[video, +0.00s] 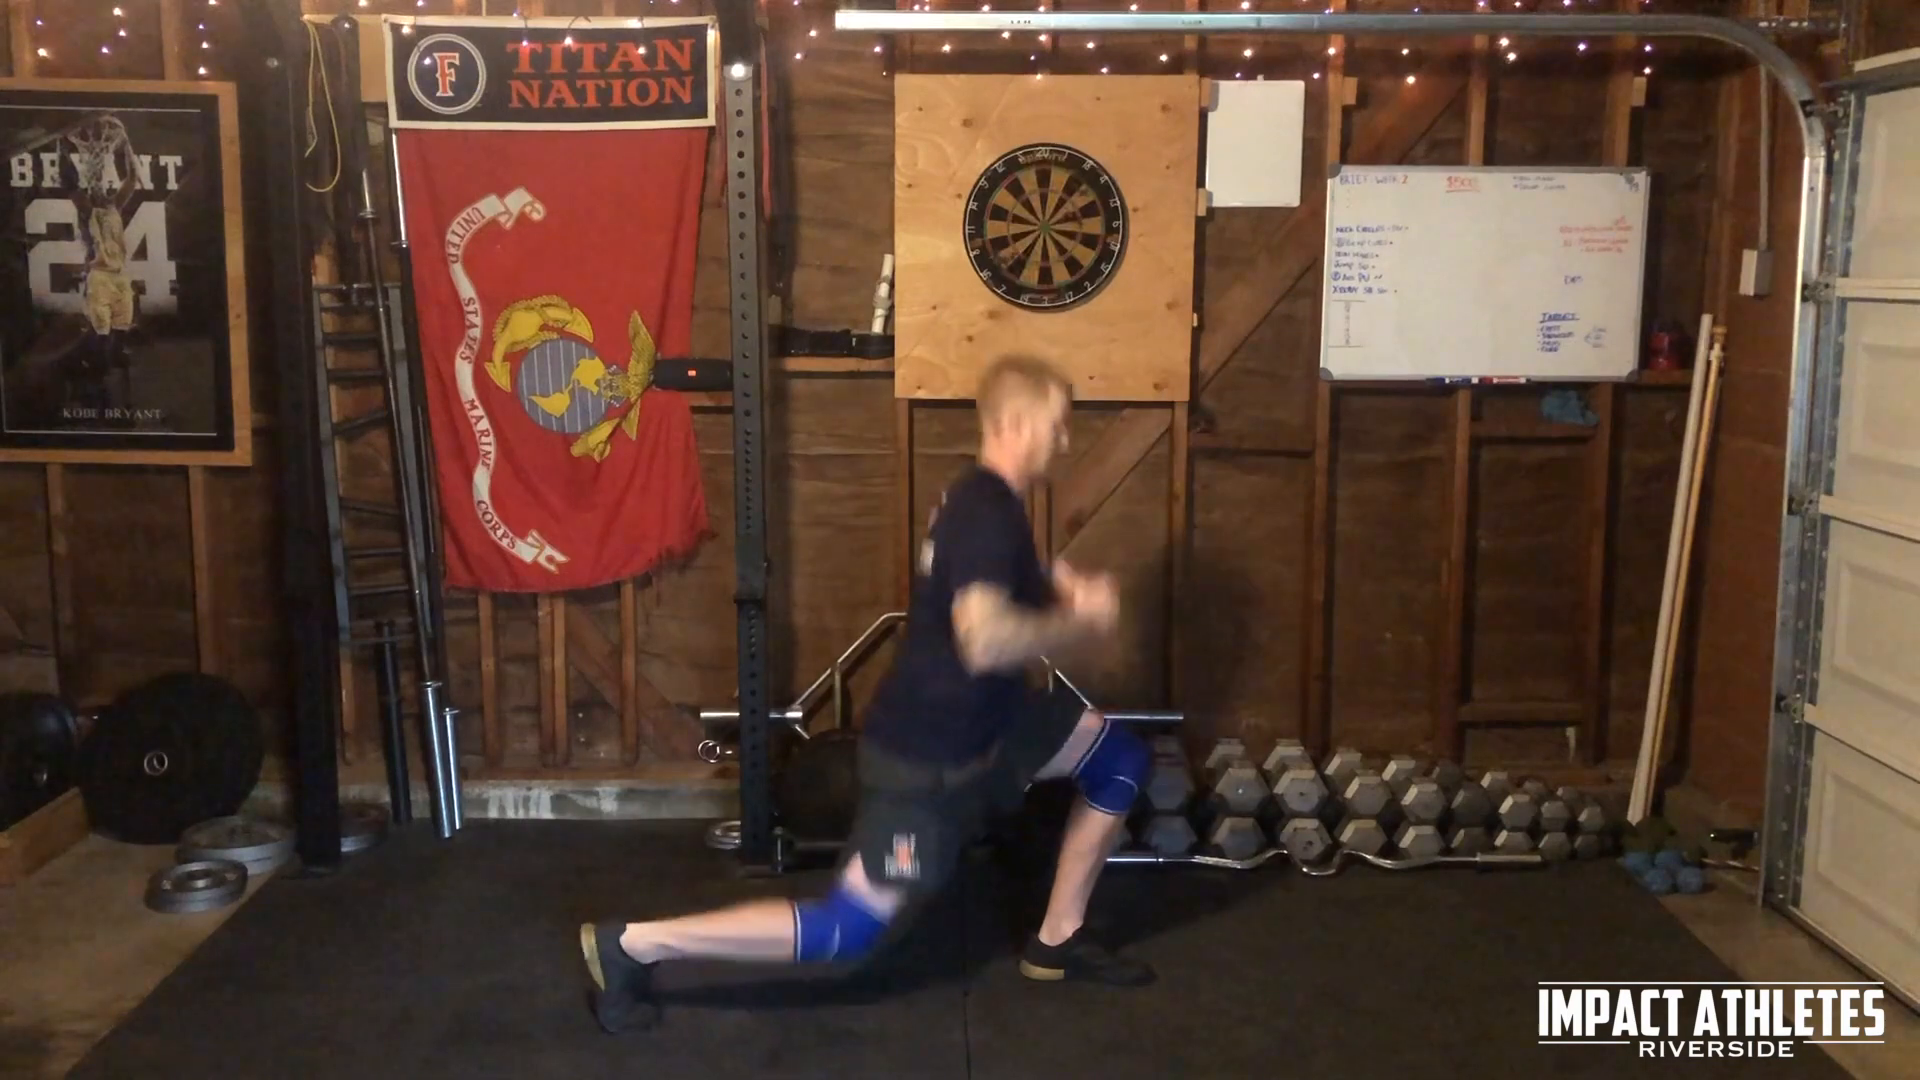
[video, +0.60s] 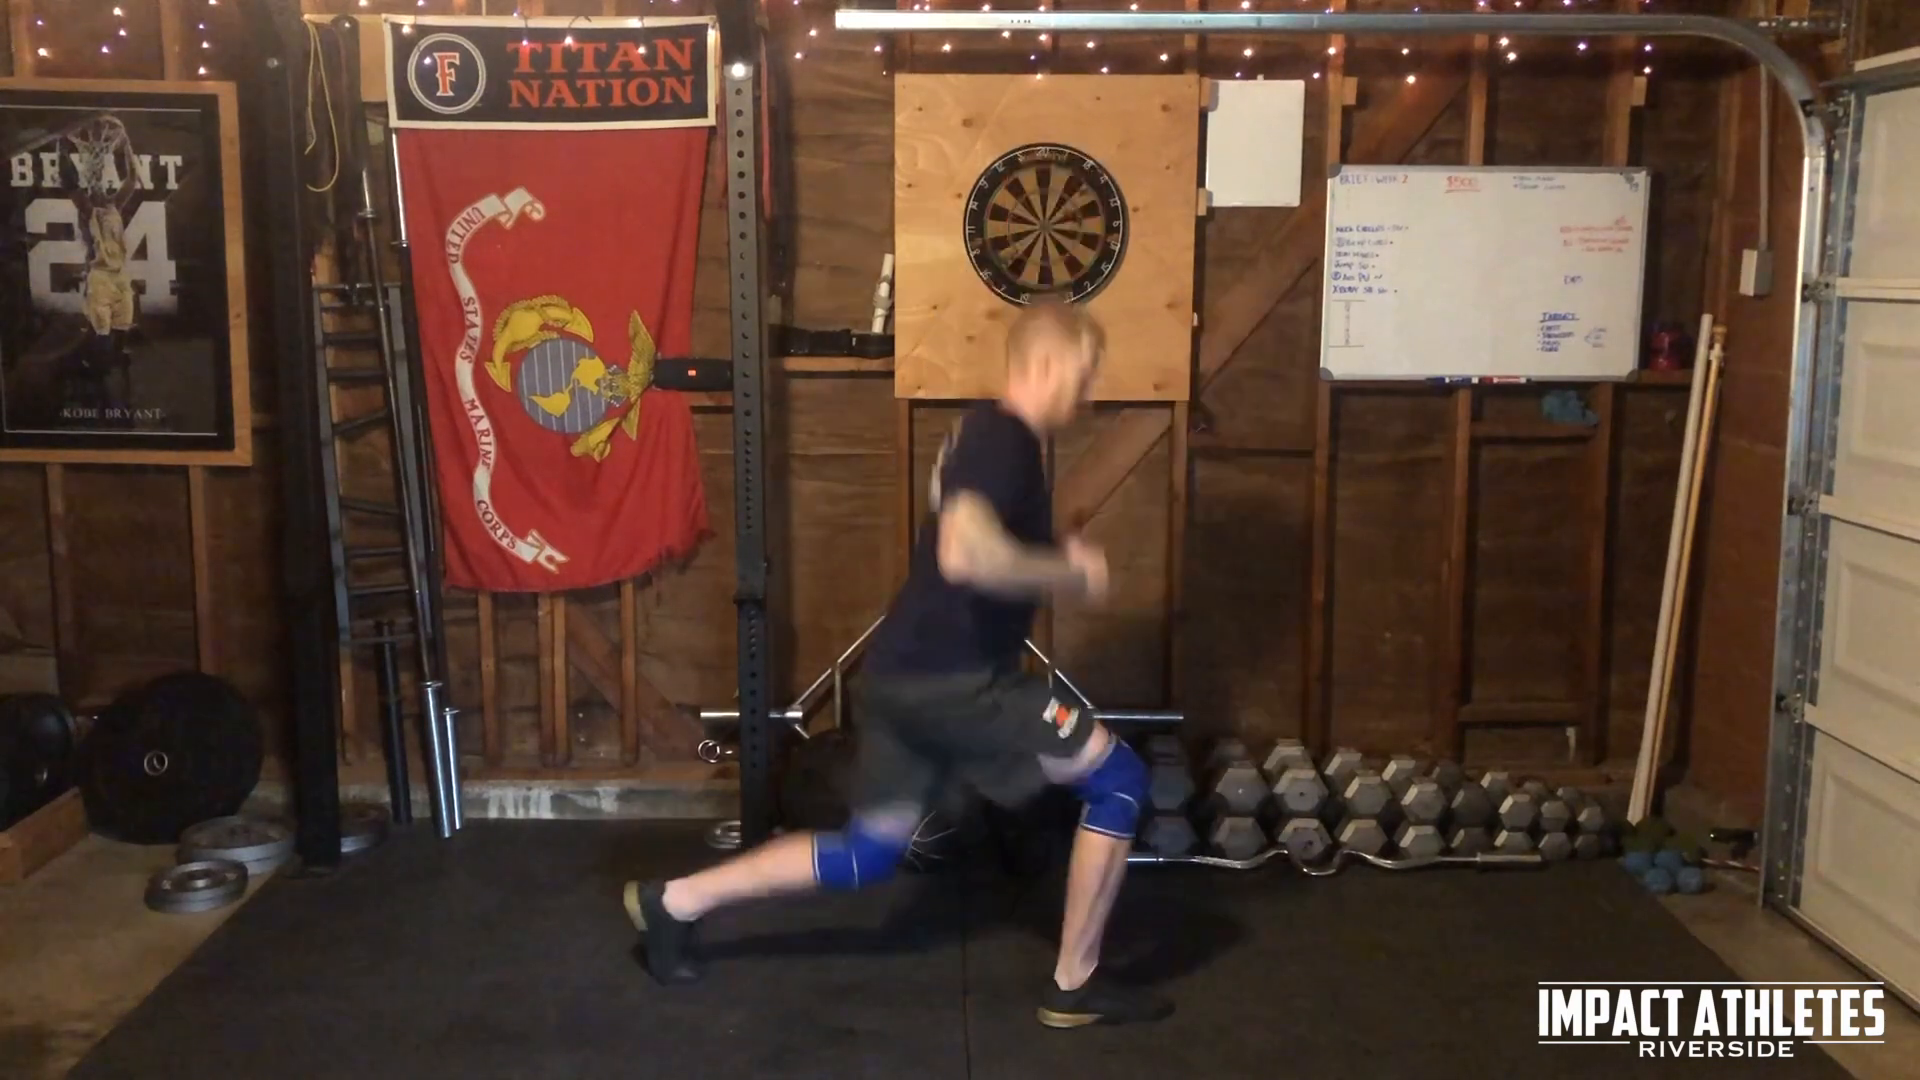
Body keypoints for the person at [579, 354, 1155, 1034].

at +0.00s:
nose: (1065, 439)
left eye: (1065, 425)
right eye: (1058, 424)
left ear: (1010, 425)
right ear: (1014, 425)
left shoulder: (999, 501)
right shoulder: (983, 508)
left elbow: (1009, 588)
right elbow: (984, 639)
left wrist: (1059, 589)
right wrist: (1079, 619)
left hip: (994, 715)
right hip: (925, 744)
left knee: (1119, 763)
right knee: (849, 929)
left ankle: (1058, 940)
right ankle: (629, 945)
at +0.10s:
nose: (1065, 350)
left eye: (1067, 334)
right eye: (1059, 333)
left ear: (1013, 330)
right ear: (1018, 330)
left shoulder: (1003, 412)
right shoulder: (987, 413)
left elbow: (994, 522)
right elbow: (1002, 537)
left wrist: (1060, 501)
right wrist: (1076, 504)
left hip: (994, 654)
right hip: (928, 659)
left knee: (1095, 754)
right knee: (860, 828)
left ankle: (1059, 937)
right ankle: (656, 941)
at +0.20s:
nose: (1083, 267)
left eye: (1089, 251)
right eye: (1079, 247)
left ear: (1017, 238)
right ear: (1031, 238)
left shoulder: (1001, 312)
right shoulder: (994, 314)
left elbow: (953, 384)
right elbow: (990, 438)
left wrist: (1050, 419)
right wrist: (1069, 434)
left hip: (976, 565)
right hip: (933, 568)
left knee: (1030, 722)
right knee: (909, 761)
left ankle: (1018, 910)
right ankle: (739, 900)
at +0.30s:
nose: (1086, 235)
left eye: (1091, 220)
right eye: (1084, 214)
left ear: (1030, 196)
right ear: (1039, 195)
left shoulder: (1003, 272)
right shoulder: (996, 273)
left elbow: (981, 384)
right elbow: (968, 392)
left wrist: (1045, 389)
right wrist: (1056, 405)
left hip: (949, 523)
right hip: (936, 528)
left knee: (968, 700)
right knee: (979, 706)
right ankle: (858, 900)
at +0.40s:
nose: (1087, 242)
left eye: (1093, 225)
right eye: (1086, 220)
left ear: (1028, 205)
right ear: (1041, 204)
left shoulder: (1013, 286)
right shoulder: (995, 280)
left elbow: (982, 395)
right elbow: (953, 396)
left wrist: (1052, 399)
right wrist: (1053, 416)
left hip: (931, 531)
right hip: (941, 538)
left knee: (923, 718)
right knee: (1033, 716)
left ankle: (772, 838)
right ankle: (984, 924)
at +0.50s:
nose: (1084, 300)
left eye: (1088, 283)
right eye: (1081, 281)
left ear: (1030, 270)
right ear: (1042, 268)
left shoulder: (1013, 346)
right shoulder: (995, 339)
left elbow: (984, 457)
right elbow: (952, 453)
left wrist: (1057, 465)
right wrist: (1056, 474)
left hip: (922, 583)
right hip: (942, 590)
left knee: (878, 762)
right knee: (1072, 748)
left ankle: (701, 863)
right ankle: (1068, 967)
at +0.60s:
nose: (1087, 393)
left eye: (1090, 377)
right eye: (1085, 375)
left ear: (1029, 365)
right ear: (1049, 368)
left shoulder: (985, 430)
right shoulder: (1001, 437)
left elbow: (972, 544)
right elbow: (965, 553)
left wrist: (1053, 556)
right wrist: (1067, 570)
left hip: (904, 675)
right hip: (955, 679)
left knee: (871, 849)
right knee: (1118, 784)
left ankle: (672, 902)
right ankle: (1076, 978)